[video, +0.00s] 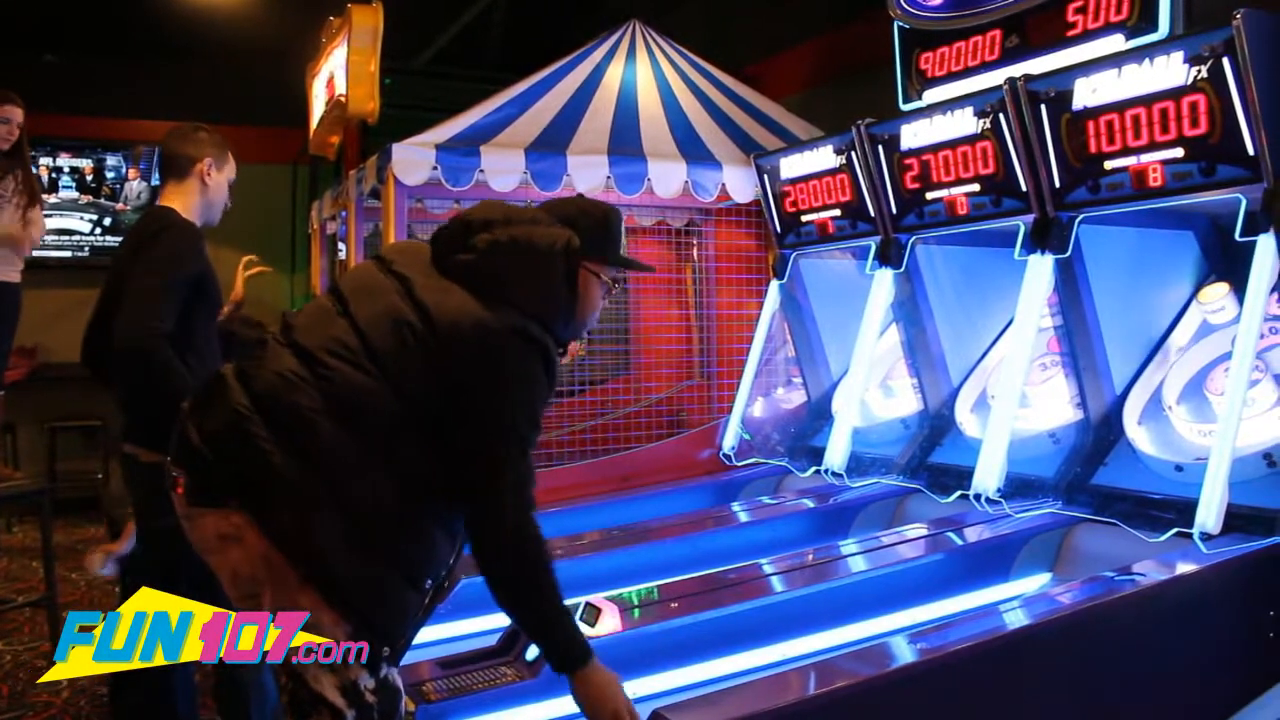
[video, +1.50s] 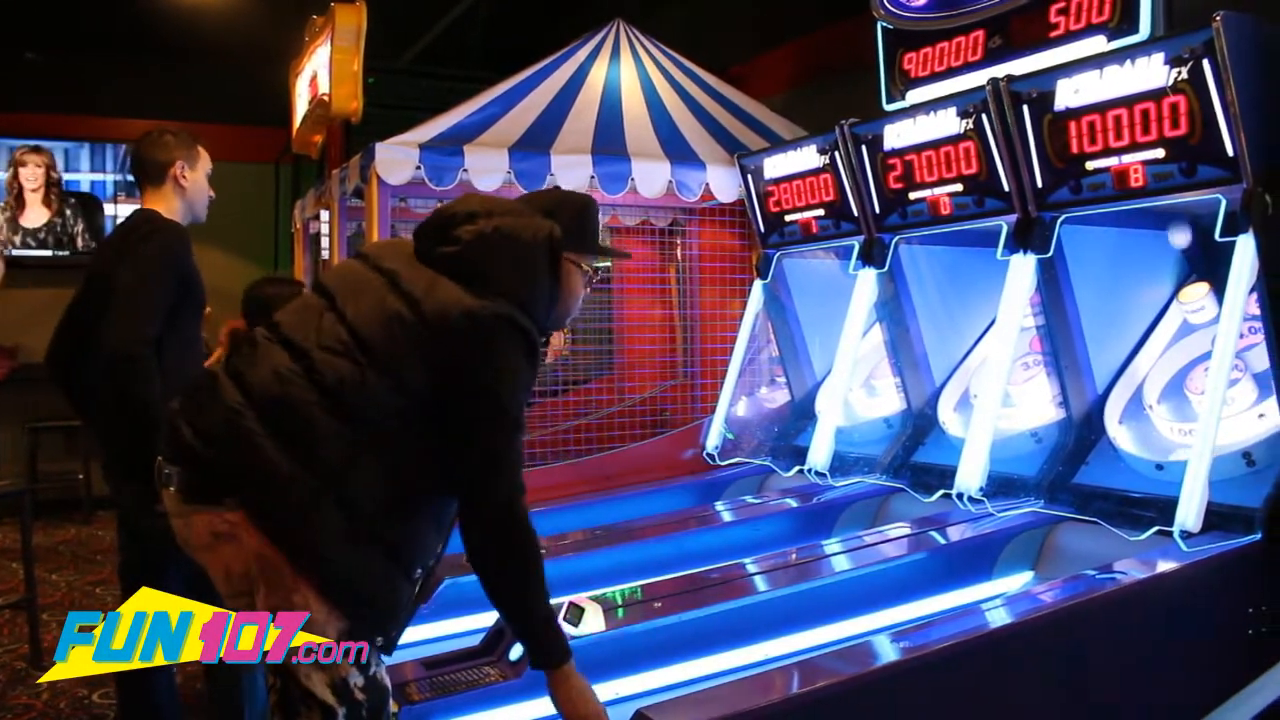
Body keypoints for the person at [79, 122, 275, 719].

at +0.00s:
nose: (229, 196)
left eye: (231, 184)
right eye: (229, 182)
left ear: (180, 170)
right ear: (206, 172)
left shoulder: (148, 233)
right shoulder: (176, 239)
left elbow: (98, 349)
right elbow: (147, 344)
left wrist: (224, 315)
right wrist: (200, 414)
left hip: (147, 453)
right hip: (173, 460)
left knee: (158, 596)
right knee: (211, 603)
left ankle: (151, 704)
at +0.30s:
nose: (229, 200)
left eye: (231, 188)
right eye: (229, 186)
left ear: (180, 172)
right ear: (206, 174)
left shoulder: (142, 234)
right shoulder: (180, 240)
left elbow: (98, 350)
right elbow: (165, 349)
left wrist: (217, 324)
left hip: (143, 453)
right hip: (175, 459)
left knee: (165, 593)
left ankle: (157, 702)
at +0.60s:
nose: (233, 196)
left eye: (234, 182)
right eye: (231, 181)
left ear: (185, 173)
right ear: (203, 173)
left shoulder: (146, 233)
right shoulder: (186, 239)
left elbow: (89, 351)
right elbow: (153, 344)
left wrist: (133, 431)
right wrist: (183, 444)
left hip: (148, 449)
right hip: (178, 452)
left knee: (165, 586)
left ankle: (164, 702)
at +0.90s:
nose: (236, 188)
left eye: (235, 175)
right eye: (231, 174)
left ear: (187, 174)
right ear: (201, 173)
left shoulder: (148, 238)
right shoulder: (180, 242)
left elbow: (89, 352)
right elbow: (129, 346)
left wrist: (108, 451)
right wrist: (143, 452)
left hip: (160, 458)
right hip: (180, 458)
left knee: (171, 609)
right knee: (193, 611)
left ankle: (166, 706)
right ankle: (178, 706)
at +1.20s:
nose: (224, 188)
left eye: (223, 174)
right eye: (219, 174)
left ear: (174, 175)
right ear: (188, 172)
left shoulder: (142, 239)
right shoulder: (169, 243)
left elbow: (92, 358)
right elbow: (142, 357)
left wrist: (142, 443)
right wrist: (185, 450)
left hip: (150, 457)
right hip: (174, 461)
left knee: (164, 605)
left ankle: (158, 704)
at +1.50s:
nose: (212, 189)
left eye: (210, 175)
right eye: (208, 175)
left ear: (160, 176)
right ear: (180, 174)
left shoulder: (125, 242)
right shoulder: (165, 244)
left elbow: (66, 355)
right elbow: (137, 357)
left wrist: (122, 439)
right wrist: (169, 452)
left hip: (132, 463)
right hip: (165, 464)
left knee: (148, 615)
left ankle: (146, 707)